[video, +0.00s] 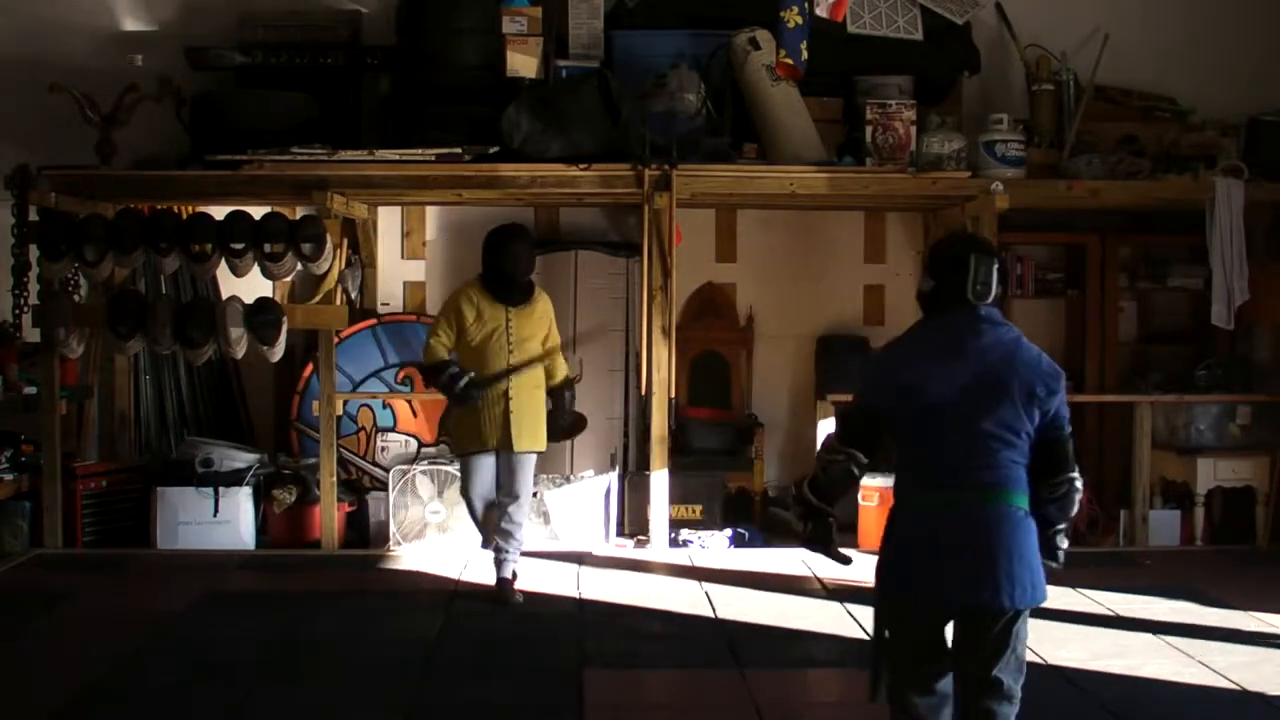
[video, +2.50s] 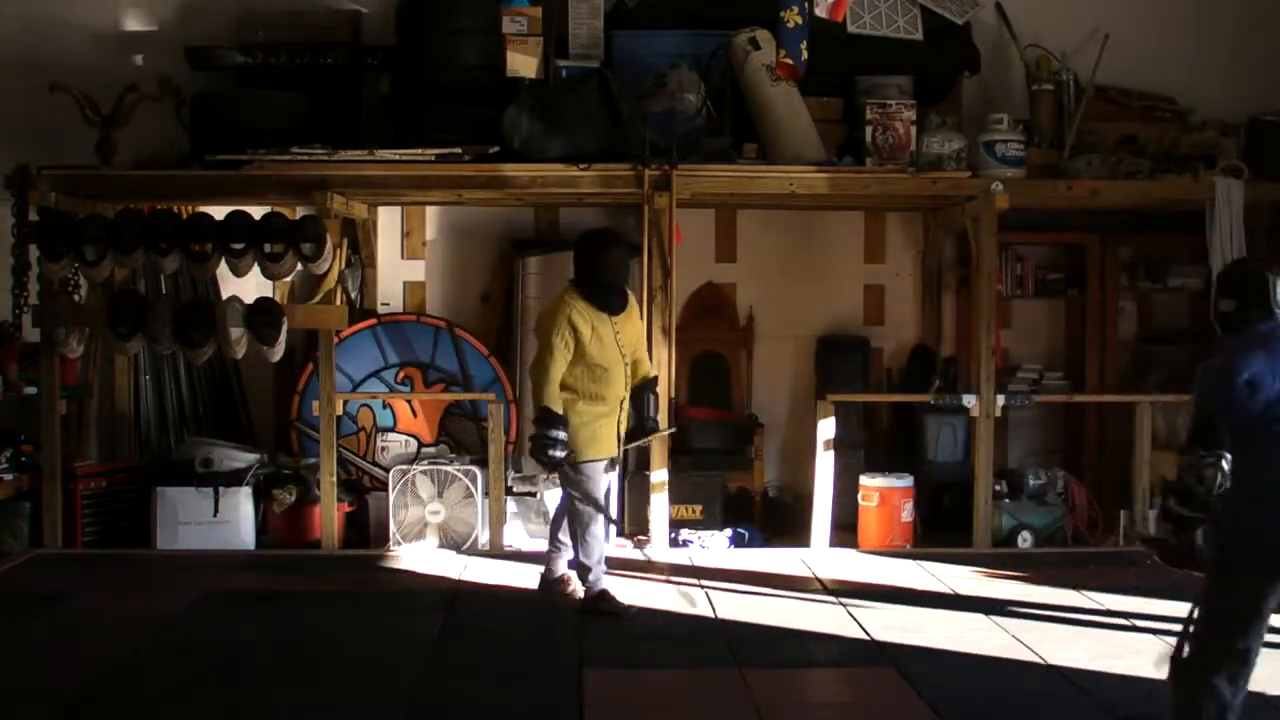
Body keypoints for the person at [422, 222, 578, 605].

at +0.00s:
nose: (527, 268)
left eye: (529, 260)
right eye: (517, 260)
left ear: (533, 262)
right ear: (495, 261)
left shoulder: (540, 303)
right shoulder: (466, 300)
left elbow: (553, 355)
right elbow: (433, 351)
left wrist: (563, 401)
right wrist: (454, 379)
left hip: (525, 419)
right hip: (478, 417)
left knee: (517, 496)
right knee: (478, 494)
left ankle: (507, 572)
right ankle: (498, 545)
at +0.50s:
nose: (516, 268)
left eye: (521, 259)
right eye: (507, 260)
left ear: (529, 260)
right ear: (489, 262)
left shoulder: (544, 299)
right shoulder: (472, 302)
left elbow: (561, 350)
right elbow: (456, 361)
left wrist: (572, 388)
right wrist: (483, 347)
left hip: (534, 413)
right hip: (488, 415)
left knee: (524, 491)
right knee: (488, 492)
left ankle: (512, 565)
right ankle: (497, 557)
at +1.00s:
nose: (545, 266)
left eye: (550, 256)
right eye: (535, 258)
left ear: (557, 257)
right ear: (518, 260)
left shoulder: (572, 299)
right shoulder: (501, 299)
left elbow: (588, 352)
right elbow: (484, 360)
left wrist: (601, 395)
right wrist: (514, 344)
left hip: (564, 416)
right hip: (518, 417)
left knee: (572, 496)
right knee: (509, 495)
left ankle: (581, 568)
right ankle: (508, 565)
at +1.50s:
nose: (592, 265)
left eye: (595, 257)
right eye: (583, 258)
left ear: (600, 260)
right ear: (566, 263)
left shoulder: (614, 301)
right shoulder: (548, 302)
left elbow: (631, 357)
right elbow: (533, 363)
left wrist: (638, 388)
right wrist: (569, 343)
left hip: (611, 414)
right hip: (569, 414)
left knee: (601, 496)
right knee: (566, 488)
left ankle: (587, 573)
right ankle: (533, 558)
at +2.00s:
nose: (618, 266)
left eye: (618, 257)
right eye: (609, 258)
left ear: (619, 261)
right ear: (585, 262)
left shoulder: (626, 304)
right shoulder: (560, 307)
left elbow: (637, 359)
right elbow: (538, 363)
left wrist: (647, 388)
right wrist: (576, 366)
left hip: (621, 421)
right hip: (582, 424)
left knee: (606, 504)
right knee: (590, 506)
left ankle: (593, 578)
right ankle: (593, 586)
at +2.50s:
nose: (625, 271)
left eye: (626, 263)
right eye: (617, 263)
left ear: (624, 266)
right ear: (594, 265)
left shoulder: (627, 304)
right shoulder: (565, 310)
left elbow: (639, 355)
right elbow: (546, 372)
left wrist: (644, 394)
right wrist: (549, 428)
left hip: (612, 426)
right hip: (579, 429)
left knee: (580, 500)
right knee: (590, 505)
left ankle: (555, 575)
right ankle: (593, 587)